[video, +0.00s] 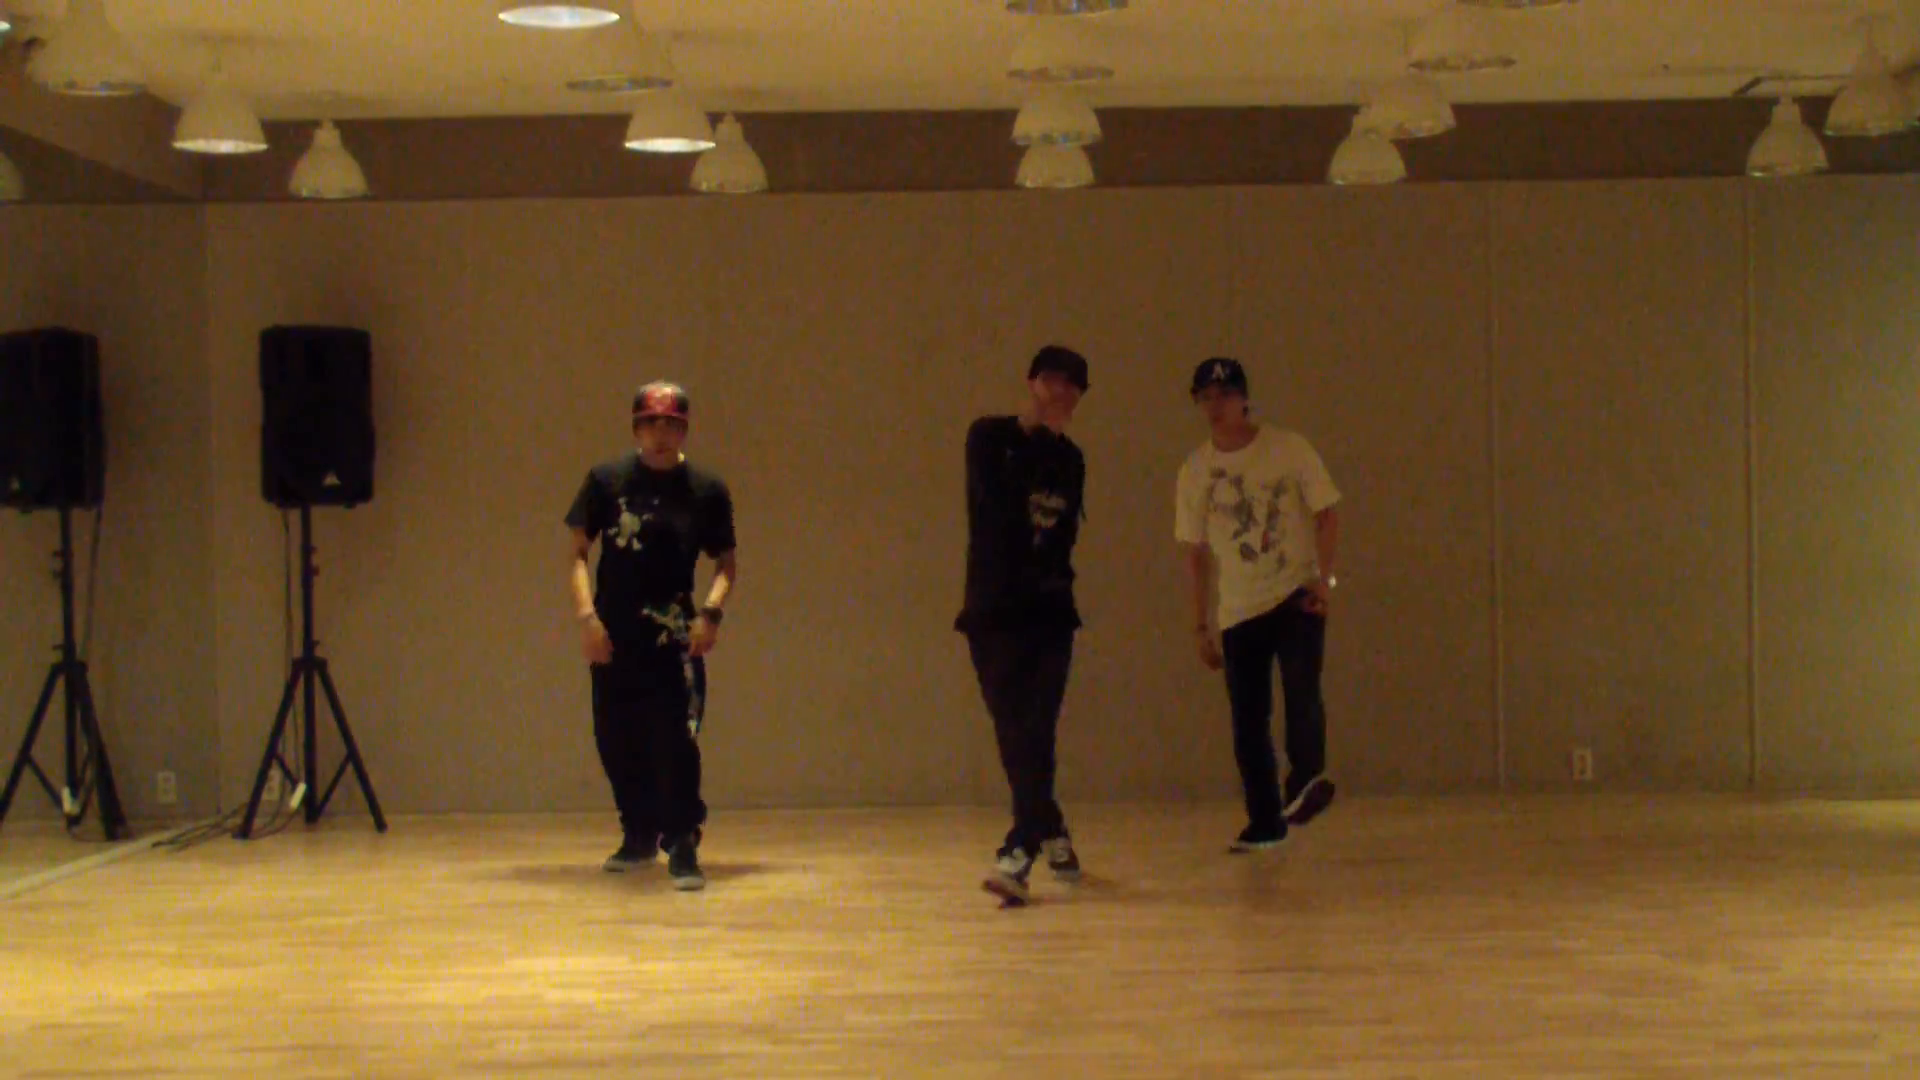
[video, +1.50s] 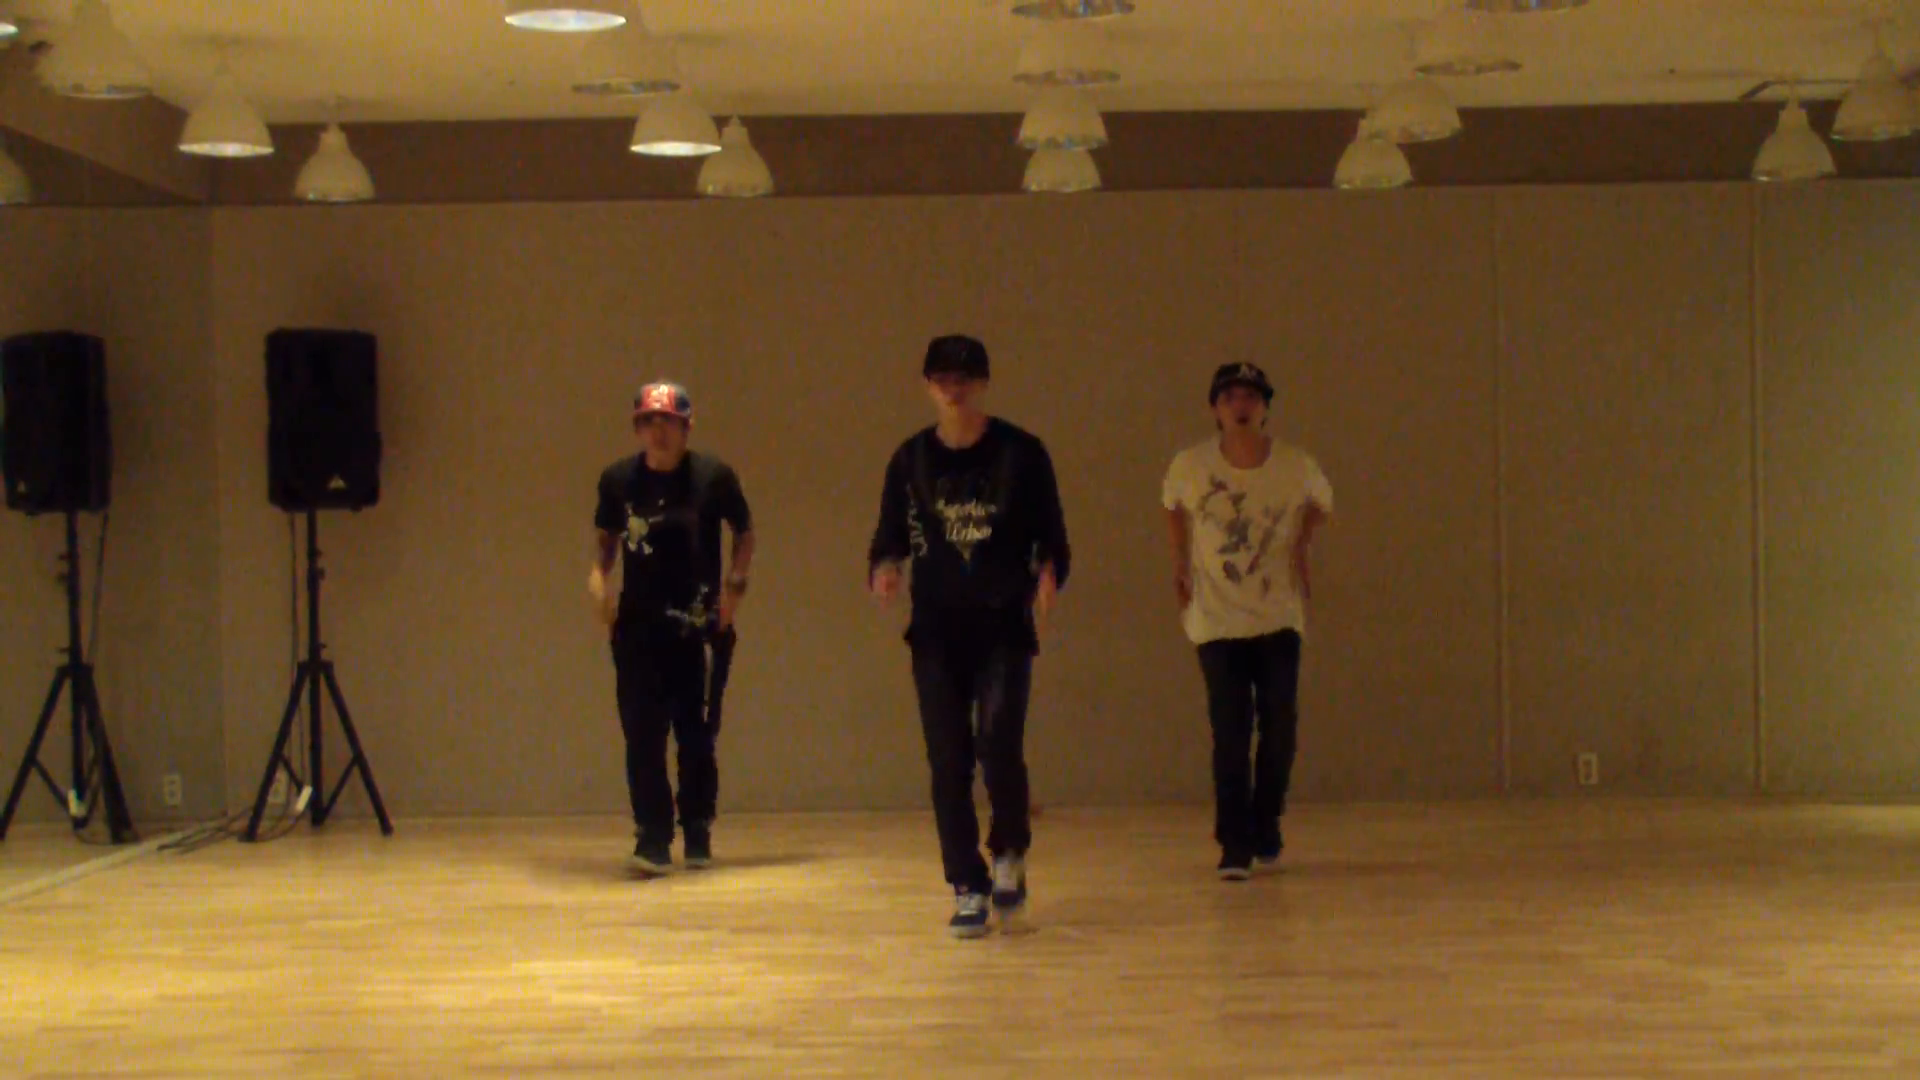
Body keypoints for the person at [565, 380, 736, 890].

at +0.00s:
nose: (660, 434)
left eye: (670, 425)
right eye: (650, 424)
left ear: (685, 431)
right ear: (635, 430)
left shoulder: (706, 492)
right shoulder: (606, 483)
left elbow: (725, 563)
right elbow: (577, 553)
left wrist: (711, 613)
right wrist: (587, 616)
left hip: (674, 639)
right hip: (616, 636)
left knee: (676, 741)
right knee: (619, 741)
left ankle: (683, 845)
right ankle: (638, 836)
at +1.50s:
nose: (658, 429)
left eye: (667, 420)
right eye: (650, 421)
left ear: (686, 425)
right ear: (637, 427)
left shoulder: (714, 478)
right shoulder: (619, 480)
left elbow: (744, 531)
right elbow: (606, 540)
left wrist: (733, 589)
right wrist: (601, 582)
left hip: (699, 631)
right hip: (638, 628)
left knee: (696, 737)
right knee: (643, 739)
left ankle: (698, 830)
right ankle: (652, 839)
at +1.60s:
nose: (653, 436)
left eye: (664, 428)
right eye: (645, 427)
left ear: (683, 436)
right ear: (633, 436)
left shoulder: (706, 483)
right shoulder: (616, 486)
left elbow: (729, 537)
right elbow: (594, 532)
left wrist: (723, 546)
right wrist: (597, 539)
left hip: (689, 625)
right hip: (632, 627)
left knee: (680, 720)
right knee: (633, 738)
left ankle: (697, 787)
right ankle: (652, 841)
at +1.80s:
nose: (652, 449)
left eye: (663, 440)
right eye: (644, 440)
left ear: (681, 450)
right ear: (630, 449)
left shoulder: (699, 501)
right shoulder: (607, 497)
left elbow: (696, 555)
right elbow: (584, 556)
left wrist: (677, 515)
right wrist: (591, 530)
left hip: (672, 638)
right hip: (615, 640)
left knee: (654, 717)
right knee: (621, 740)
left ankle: (651, 837)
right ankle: (652, 838)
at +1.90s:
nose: (650, 462)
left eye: (661, 453)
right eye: (642, 453)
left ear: (677, 464)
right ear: (629, 462)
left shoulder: (693, 511)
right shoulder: (608, 506)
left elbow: (692, 530)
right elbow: (589, 514)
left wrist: (665, 519)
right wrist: (592, 524)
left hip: (667, 643)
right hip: (611, 645)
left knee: (648, 727)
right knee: (614, 744)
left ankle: (629, 820)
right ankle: (657, 834)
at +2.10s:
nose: (640, 465)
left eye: (650, 456)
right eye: (631, 456)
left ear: (667, 465)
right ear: (617, 466)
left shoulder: (679, 519)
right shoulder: (600, 514)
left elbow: (695, 505)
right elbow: (579, 505)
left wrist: (711, 481)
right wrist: (562, 489)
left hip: (662, 637)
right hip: (604, 642)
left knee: (643, 700)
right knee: (603, 751)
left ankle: (617, 783)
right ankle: (652, 832)